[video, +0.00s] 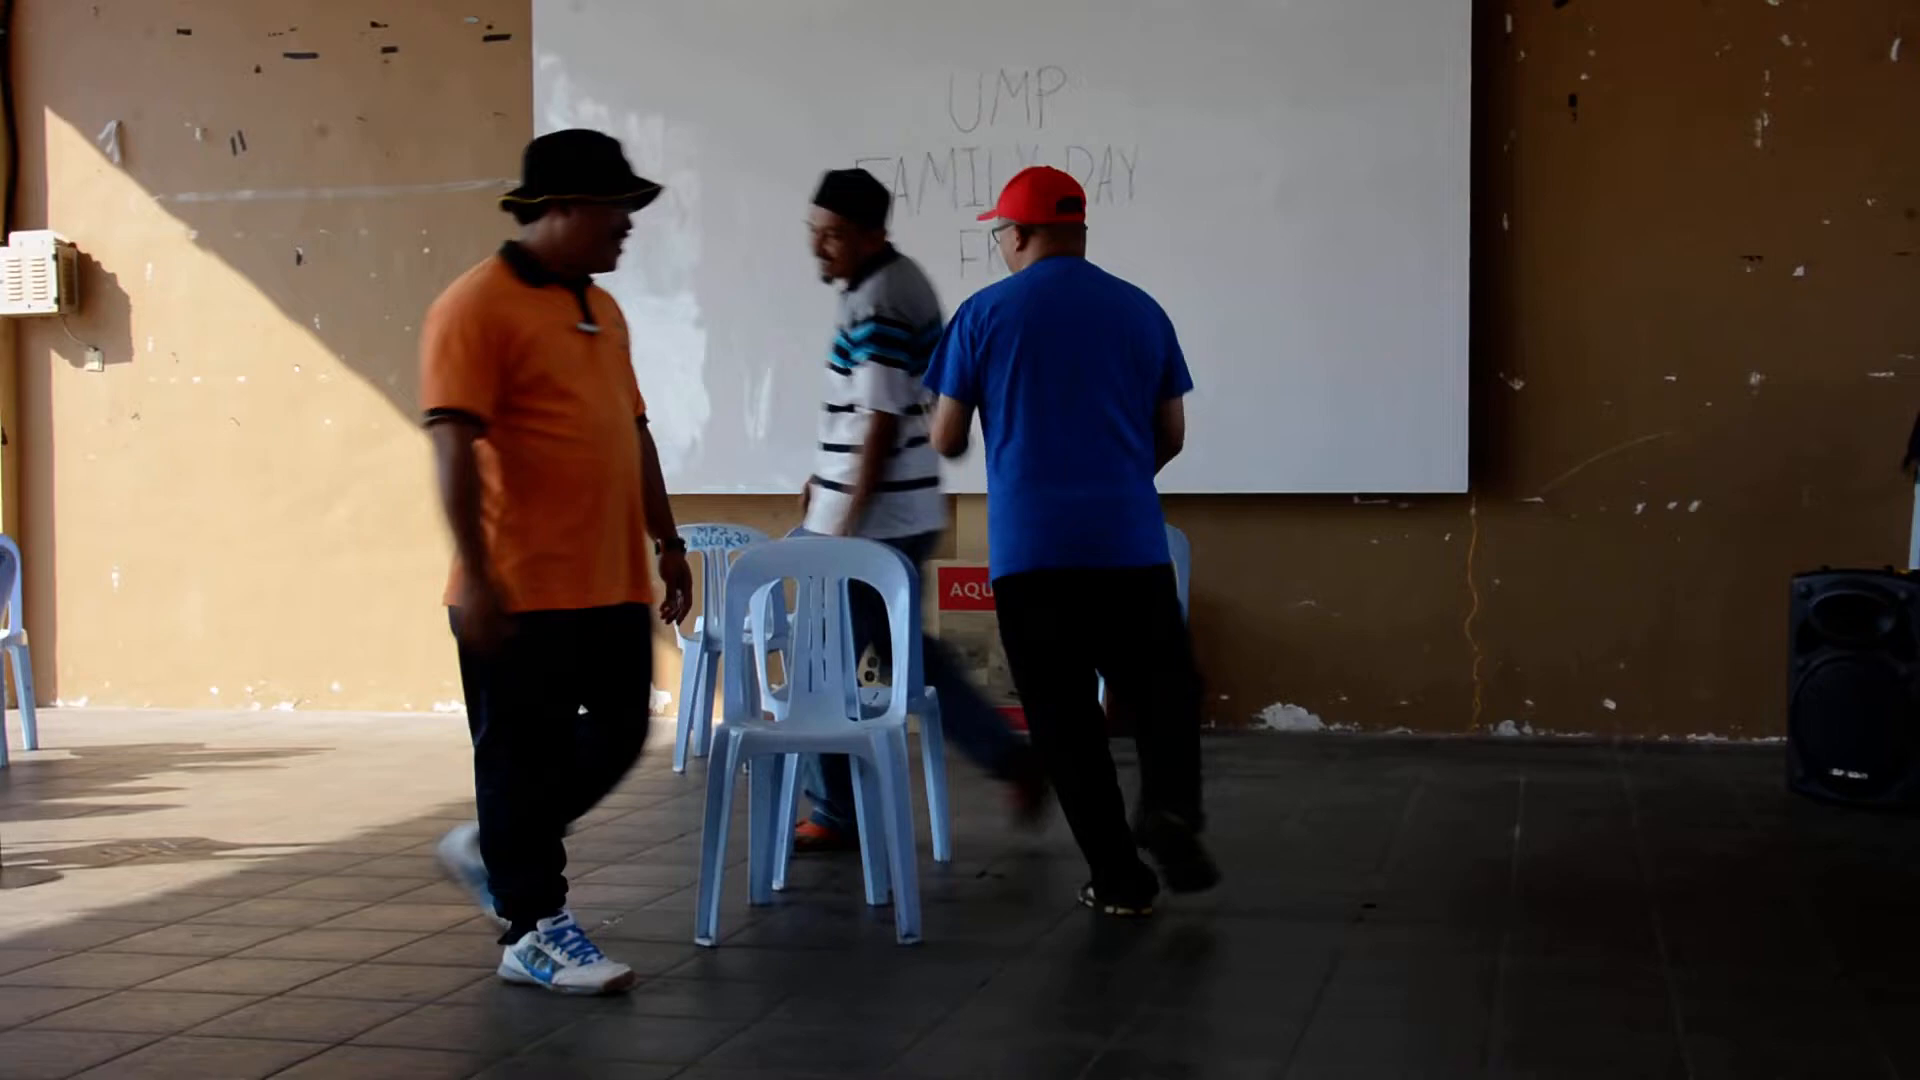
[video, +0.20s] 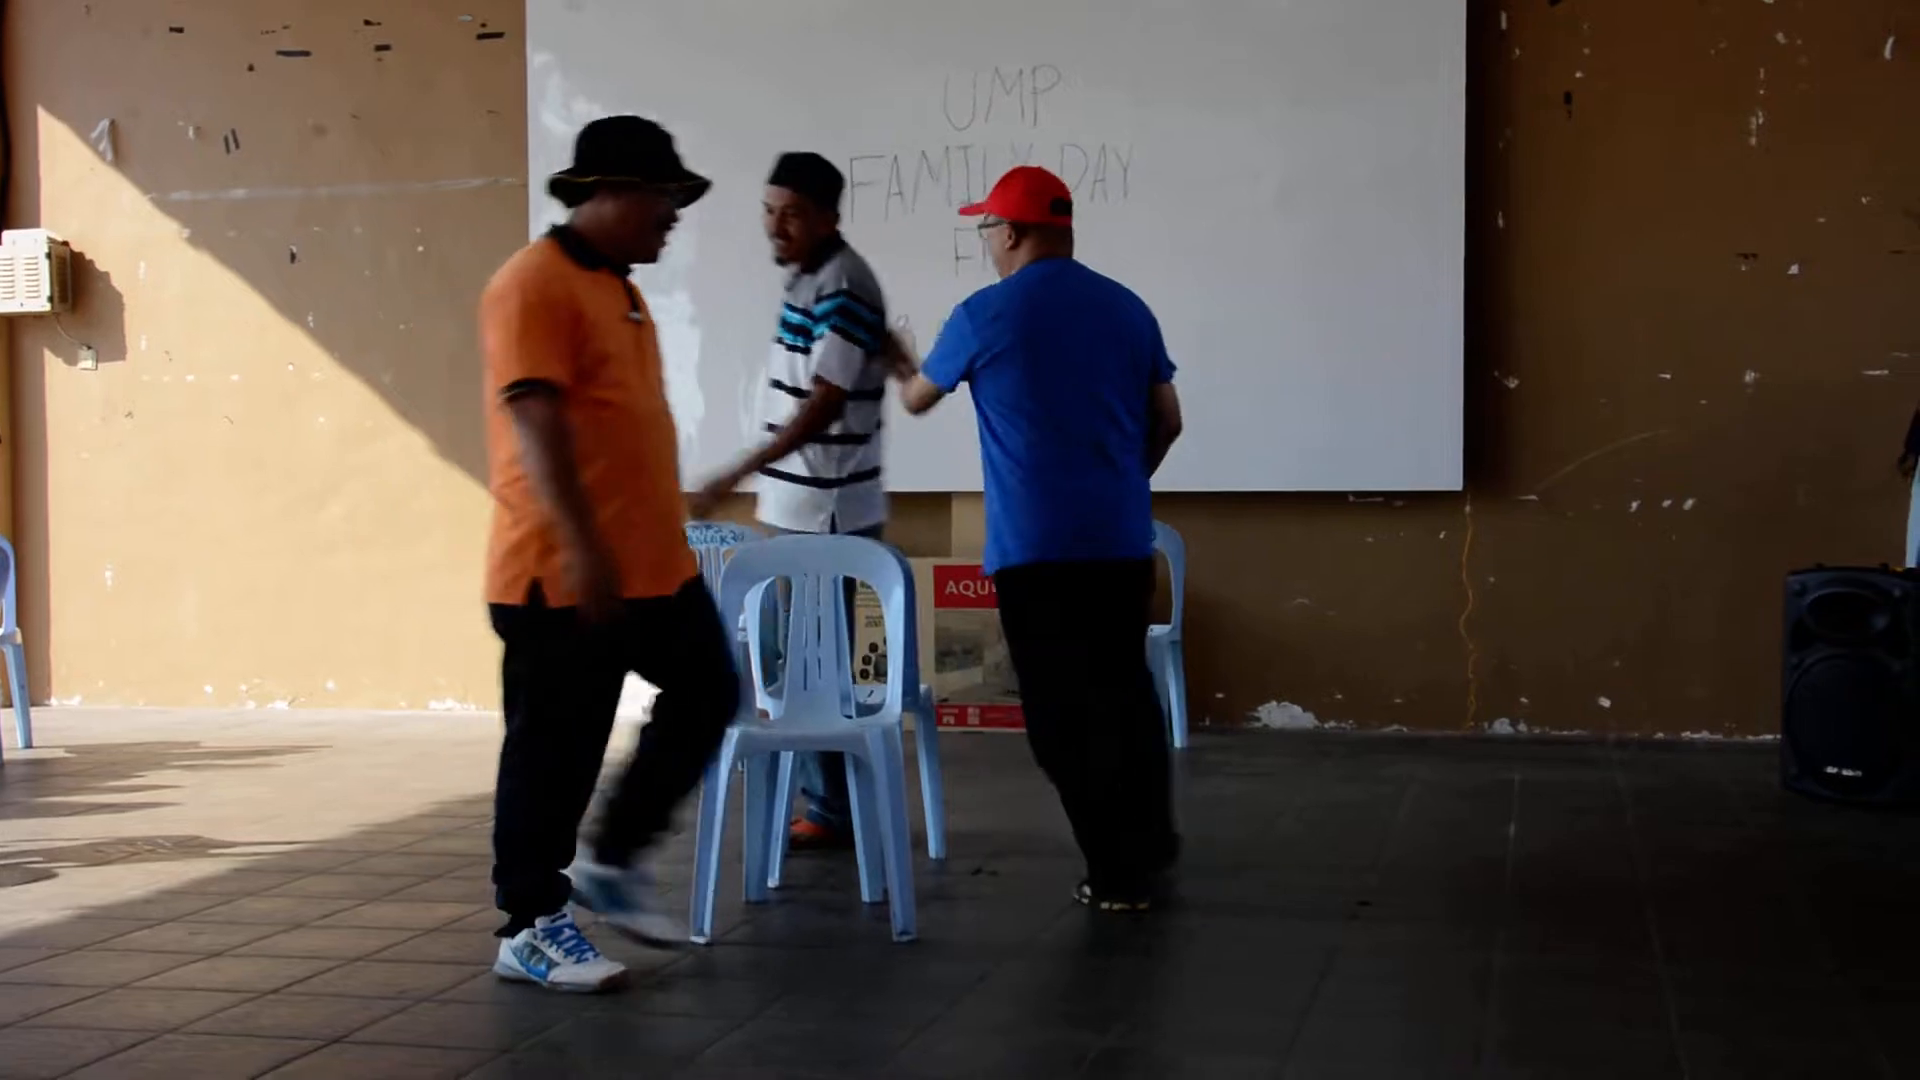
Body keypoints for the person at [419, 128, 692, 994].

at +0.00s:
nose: (626, 229)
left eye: (627, 214)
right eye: (612, 214)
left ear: (584, 215)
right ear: (555, 213)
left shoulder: (602, 311)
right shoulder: (472, 308)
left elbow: (634, 434)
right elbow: (453, 449)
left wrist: (667, 542)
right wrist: (471, 571)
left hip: (609, 579)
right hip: (516, 585)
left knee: (617, 736)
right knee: (524, 762)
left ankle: (489, 846)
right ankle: (533, 928)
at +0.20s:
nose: (672, 221)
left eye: (674, 206)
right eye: (660, 204)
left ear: (628, 203)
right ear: (604, 197)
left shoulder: (617, 291)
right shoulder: (535, 281)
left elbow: (629, 431)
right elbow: (535, 420)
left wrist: (663, 537)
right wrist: (581, 546)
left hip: (646, 564)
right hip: (562, 572)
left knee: (706, 694)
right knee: (553, 746)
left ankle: (610, 857)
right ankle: (529, 922)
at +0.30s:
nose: (704, 222)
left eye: (706, 206)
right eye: (693, 204)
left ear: (656, 205)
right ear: (644, 199)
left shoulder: (641, 284)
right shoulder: (576, 278)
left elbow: (646, 419)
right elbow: (587, 412)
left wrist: (682, 517)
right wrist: (651, 528)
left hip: (670, 563)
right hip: (590, 566)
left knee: (731, 714)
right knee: (567, 750)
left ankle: (716, 896)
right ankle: (530, 922)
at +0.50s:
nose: (784, 226)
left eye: (785, 209)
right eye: (772, 208)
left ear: (732, 208)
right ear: (718, 206)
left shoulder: (714, 289)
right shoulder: (671, 282)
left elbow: (718, 416)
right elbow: (693, 414)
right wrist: (772, 530)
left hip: (741, 573)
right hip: (673, 574)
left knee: (788, 753)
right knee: (623, 752)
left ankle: (825, 915)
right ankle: (536, 906)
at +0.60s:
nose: (828, 225)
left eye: (829, 209)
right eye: (819, 207)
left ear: (773, 209)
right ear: (772, 205)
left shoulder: (760, 283)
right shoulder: (721, 275)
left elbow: (766, 418)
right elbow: (738, 413)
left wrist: (813, 538)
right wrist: (811, 538)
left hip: (783, 564)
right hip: (729, 567)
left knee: (823, 737)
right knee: (720, 728)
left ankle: (826, 917)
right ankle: (583, 867)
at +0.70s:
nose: (865, 223)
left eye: (866, 207)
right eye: (857, 206)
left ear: (801, 205)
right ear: (813, 202)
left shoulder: (787, 278)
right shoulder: (771, 277)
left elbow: (797, 418)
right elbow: (784, 413)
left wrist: (854, 529)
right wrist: (849, 541)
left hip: (811, 553)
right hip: (792, 554)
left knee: (836, 725)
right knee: (835, 724)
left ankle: (827, 917)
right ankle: (683, 837)